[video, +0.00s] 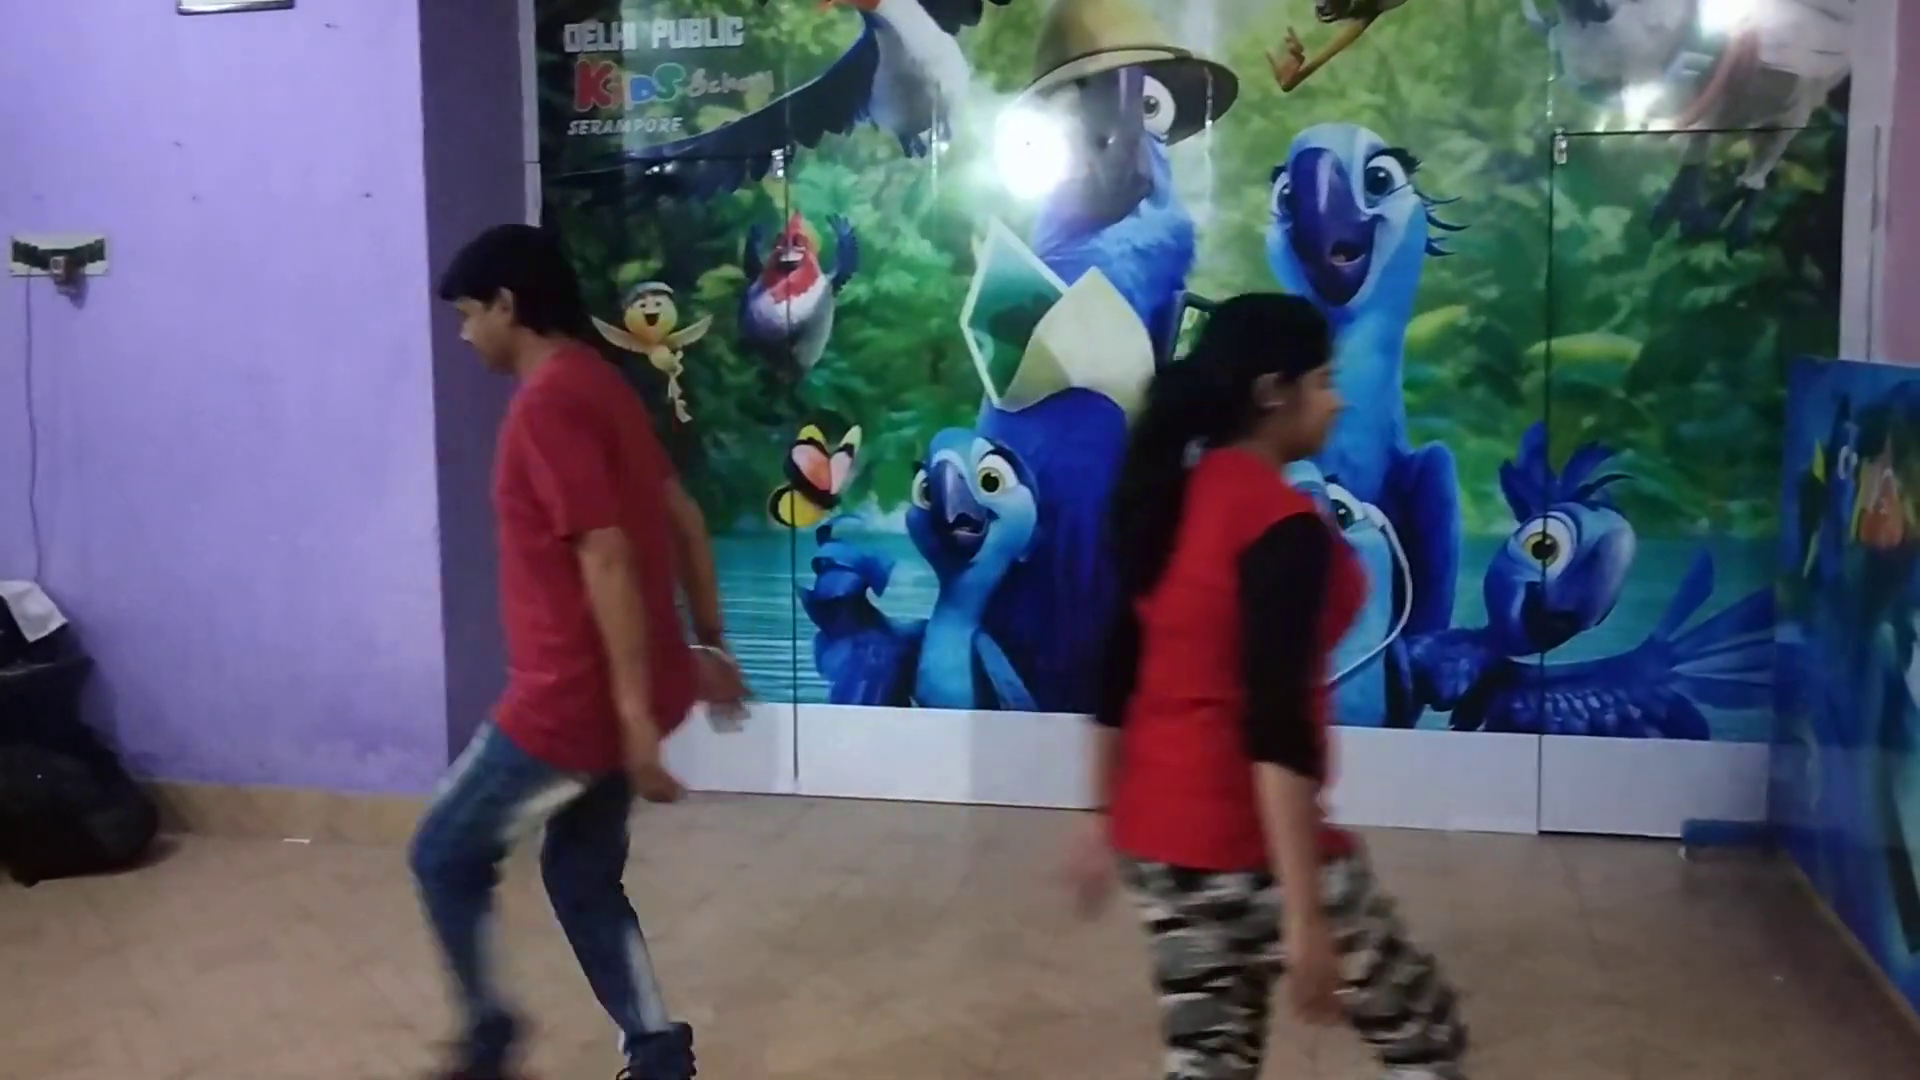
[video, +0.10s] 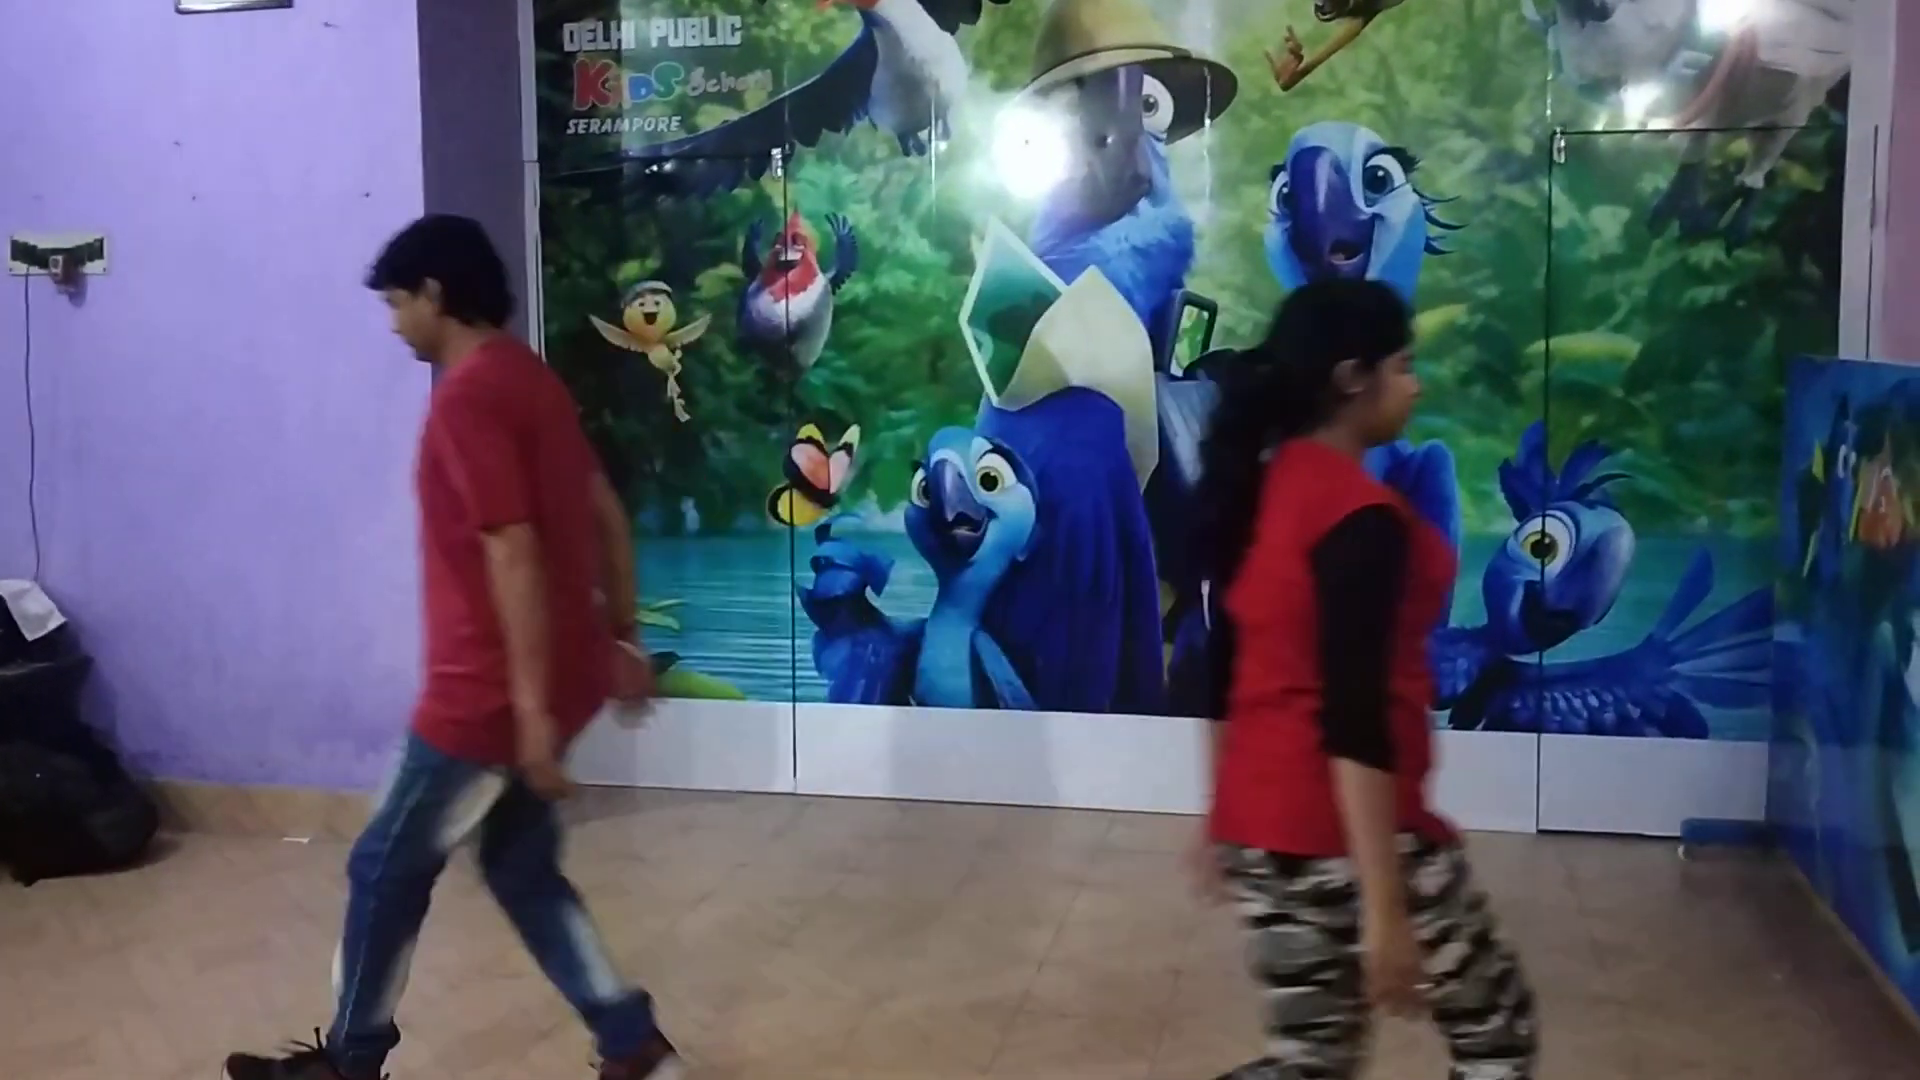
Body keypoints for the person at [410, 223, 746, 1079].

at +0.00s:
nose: (462, 333)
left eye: (467, 313)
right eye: (459, 316)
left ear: (511, 304)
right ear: (535, 305)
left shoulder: (550, 401)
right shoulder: (603, 384)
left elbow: (608, 555)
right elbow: (682, 515)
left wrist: (637, 714)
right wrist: (711, 640)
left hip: (566, 701)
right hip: (621, 694)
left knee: (443, 858)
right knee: (583, 876)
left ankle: (486, 1031)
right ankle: (656, 1049)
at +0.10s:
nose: (391, 320)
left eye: (397, 301)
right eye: (389, 303)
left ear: (439, 295)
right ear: (467, 295)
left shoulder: (467, 398)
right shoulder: (531, 377)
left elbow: (513, 549)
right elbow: (602, 509)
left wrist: (533, 708)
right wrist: (623, 631)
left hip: (476, 700)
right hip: (536, 696)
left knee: (385, 868)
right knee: (524, 870)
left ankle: (350, 1053)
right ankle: (631, 1042)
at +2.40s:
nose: (2, 431)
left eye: (1, 419)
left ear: (12, 401)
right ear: (62, 382)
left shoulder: (37, 428)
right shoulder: (131, 412)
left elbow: (7, 530)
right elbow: (178, 536)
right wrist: (92, 607)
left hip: (195, 662)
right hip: (266, 642)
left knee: (181, 886)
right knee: (144, 834)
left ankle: (310, 1042)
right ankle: (158, 1014)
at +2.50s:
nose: (3, 373)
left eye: (0, 360)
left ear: (20, 342)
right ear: (80, 327)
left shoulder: (49, 379)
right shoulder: (155, 370)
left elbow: (7, 499)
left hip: (171, 651)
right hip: (247, 634)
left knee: (194, 871)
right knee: (148, 828)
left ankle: (313, 1043)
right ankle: (158, 1014)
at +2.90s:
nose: (11, 287)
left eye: (12, 268)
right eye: (10, 270)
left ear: (41, 265)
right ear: (96, 264)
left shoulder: (64, 353)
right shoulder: (165, 345)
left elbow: (53, 472)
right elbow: (253, 431)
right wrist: (302, 463)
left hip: (161, 640)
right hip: (230, 615)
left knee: (215, 843)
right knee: (151, 807)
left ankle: (312, 1035)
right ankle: (154, 1009)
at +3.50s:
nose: (219, 319)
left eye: (226, 301)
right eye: (219, 302)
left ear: (265, 302)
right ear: (300, 300)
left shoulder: (281, 410)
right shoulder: (361, 388)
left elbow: (323, 568)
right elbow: (411, 541)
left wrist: (357, 723)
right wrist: (433, 689)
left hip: (345, 688)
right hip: (408, 671)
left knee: (244, 858)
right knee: (311, 824)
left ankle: (325, 1037)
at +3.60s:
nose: (287, 315)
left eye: (295, 297)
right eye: (287, 297)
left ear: (334, 298)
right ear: (356, 297)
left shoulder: (359, 403)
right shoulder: (423, 385)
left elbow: (403, 561)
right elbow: (451, 543)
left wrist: (444, 722)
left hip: (406, 693)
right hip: (470, 683)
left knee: (303, 845)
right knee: (421, 846)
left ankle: (332, 1041)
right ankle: (592, 957)